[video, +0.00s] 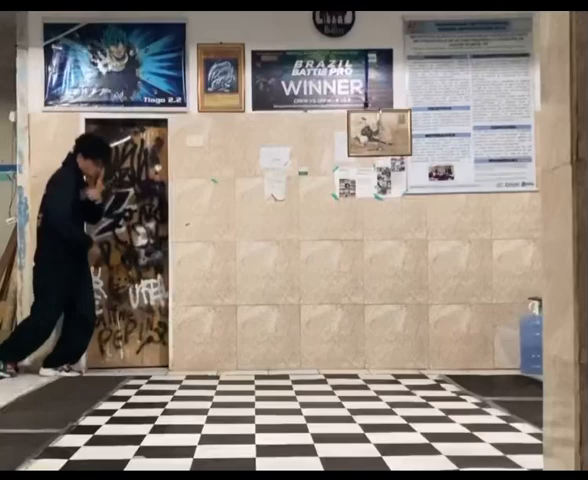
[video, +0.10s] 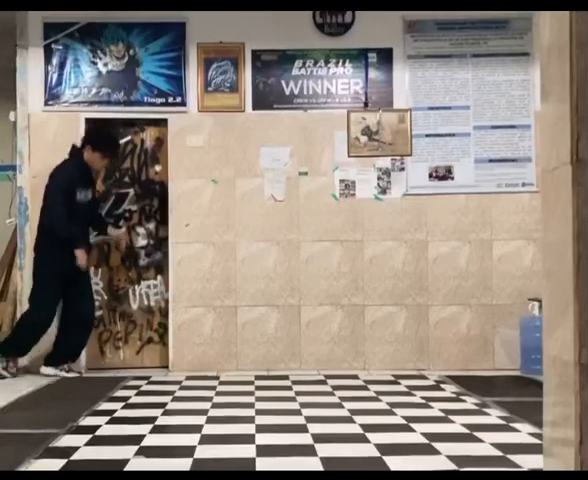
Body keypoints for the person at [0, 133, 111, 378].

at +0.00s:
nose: (99, 170)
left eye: (102, 165)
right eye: (97, 164)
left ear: (84, 159)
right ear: (82, 158)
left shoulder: (79, 181)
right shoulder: (63, 180)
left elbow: (91, 217)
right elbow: (60, 221)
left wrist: (95, 201)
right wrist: (87, 243)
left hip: (74, 258)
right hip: (52, 259)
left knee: (83, 317)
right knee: (45, 316)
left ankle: (56, 363)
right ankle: (7, 356)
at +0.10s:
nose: (105, 164)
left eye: (108, 159)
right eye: (103, 158)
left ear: (92, 153)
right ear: (89, 150)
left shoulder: (86, 176)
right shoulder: (65, 173)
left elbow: (88, 213)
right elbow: (57, 216)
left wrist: (109, 231)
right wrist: (78, 245)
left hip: (74, 253)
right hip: (51, 253)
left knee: (81, 313)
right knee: (42, 312)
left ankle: (57, 362)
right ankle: (8, 353)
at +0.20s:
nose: (111, 152)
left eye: (113, 147)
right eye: (108, 146)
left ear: (105, 142)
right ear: (93, 137)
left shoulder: (102, 167)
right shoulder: (65, 157)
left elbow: (99, 204)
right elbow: (41, 193)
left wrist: (104, 235)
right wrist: (54, 228)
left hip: (75, 243)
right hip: (49, 240)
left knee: (76, 298)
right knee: (42, 294)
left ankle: (56, 354)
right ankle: (17, 347)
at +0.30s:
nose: (112, 152)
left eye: (115, 147)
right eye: (109, 146)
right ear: (94, 138)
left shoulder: (108, 169)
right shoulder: (60, 156)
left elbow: (104, 205)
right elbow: (33, 190)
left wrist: (91, 232)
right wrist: (43, 223)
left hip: (75, 239)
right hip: (48, 236)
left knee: (72, 295)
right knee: (47, 290)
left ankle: (34, 342)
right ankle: (34, 346)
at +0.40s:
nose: (110, 168)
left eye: (114, 163)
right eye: (107, 162)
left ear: (118, 162)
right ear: (91, 155)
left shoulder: (115, 185)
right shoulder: (63, 170)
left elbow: (104, 216)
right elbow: (34, 201)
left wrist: (90, 235)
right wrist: (38, 233)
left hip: (78, 246)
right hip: (52, 242)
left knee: (54, 299)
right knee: (58, 298)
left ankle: (14, 351)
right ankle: (54, 357)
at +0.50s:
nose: (111, 189)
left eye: (114, 183)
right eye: (107, 182)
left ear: (117, 182)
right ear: (92, 177)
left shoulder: (119, 211)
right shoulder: (65, 198)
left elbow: (109, 244)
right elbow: (41, 226)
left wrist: (97, 265)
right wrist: (36, 256)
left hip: (84, 269)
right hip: (55, 261)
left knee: (51, 313)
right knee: (70, 310)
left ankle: (11, 355)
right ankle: (56, 364)